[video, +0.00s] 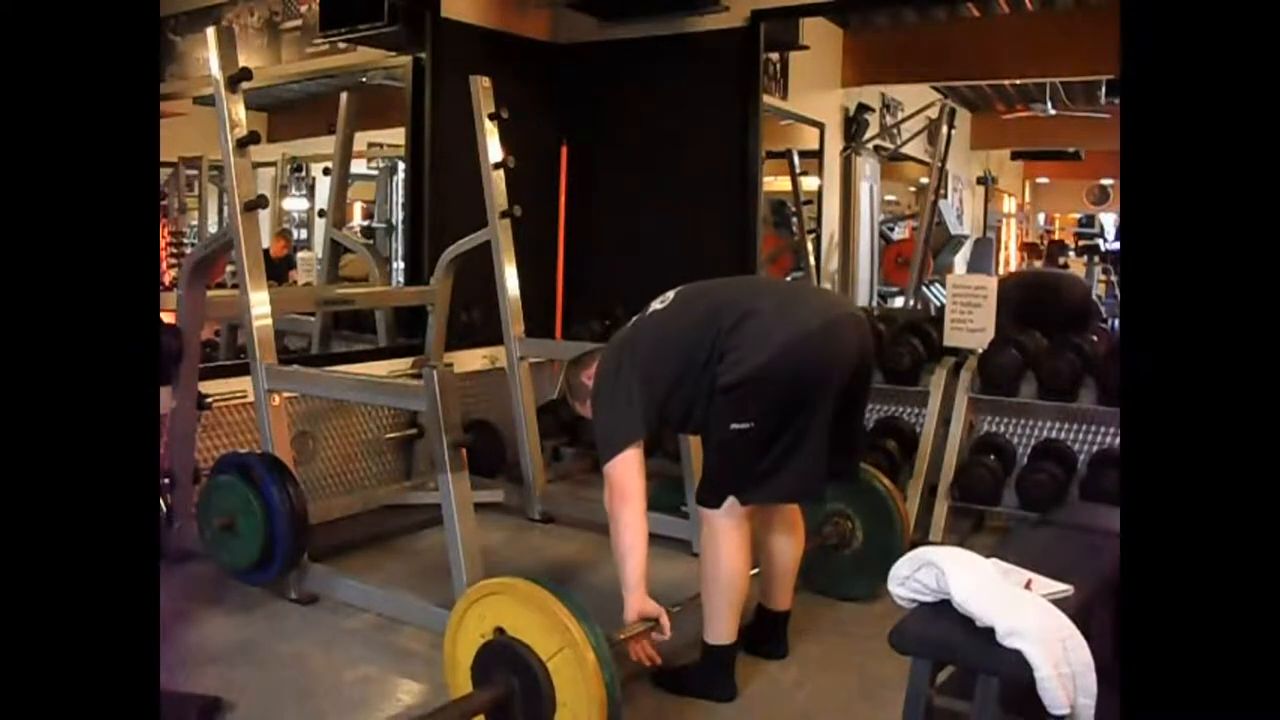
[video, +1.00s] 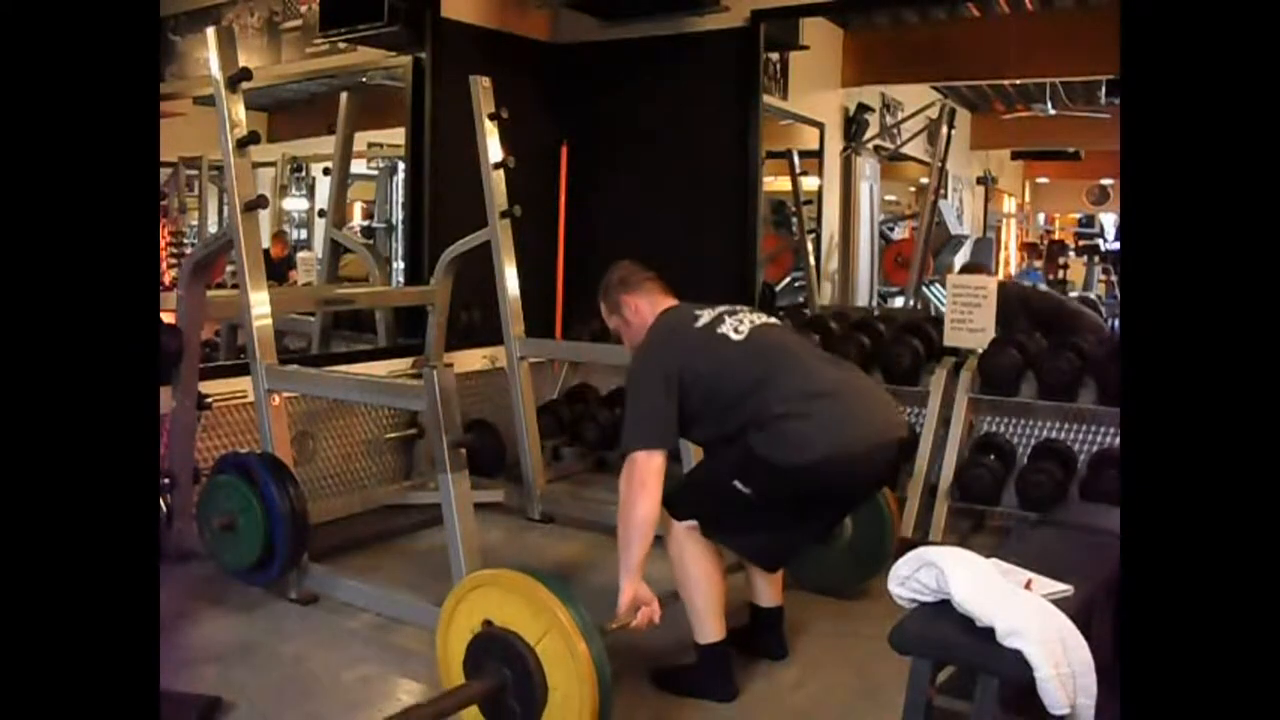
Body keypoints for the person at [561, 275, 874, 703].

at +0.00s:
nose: (601, 422)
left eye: (592, 414)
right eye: (592, 417)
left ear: (592, 381)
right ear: (597, 364)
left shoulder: (615, 376)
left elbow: (625, 493)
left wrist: (634, 593)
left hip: (769, 354)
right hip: (844, 334)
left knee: (722, 506)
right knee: (777, 495)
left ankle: (715, 671)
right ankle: (771, 631)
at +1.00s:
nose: (624, 342)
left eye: (617, 330)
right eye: (617, 333)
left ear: (628, 310)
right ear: (667, 296)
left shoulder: (657, 351)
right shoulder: (727, 317)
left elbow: (644, 466)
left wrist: (631, 578)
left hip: (808, 447)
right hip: (883, 435)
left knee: (684, 516)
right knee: (754, 506)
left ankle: (712, 670)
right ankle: (767, 631)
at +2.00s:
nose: (725, 64)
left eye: (729, 50)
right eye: (726, 50)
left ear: (757, 50)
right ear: (791, 54)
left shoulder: (743, 127)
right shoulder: (825, 133)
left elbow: (695, 243)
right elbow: (803, 250)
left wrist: (650, 338)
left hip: (738, 343)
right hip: (808, 340)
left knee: (722, 502)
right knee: (772, 487)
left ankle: (714, 668)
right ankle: (771, 631)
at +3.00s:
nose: (711, 85)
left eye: (711, 69)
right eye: (709, 71)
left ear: (736, 58)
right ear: (773, 56)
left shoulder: (744, 132)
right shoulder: (814, 126)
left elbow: (709, 249)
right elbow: (801, 247)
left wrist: (665, 345)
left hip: (749, 343)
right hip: (812, 338)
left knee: (728, 506)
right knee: (779, 492)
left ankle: (715, 668)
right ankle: (772, 631)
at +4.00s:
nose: (716, 65)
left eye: (720, 49)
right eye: (717, 51)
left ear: (749, 48)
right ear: (777, 51)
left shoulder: (740, 129)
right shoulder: (816, 131)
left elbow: (704, 247)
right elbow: (804, 250)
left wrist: (662, 344)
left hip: (744, 341)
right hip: (809, 336)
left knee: (726, 508)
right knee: (778, 492)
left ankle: (715, 668)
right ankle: (772, 630)